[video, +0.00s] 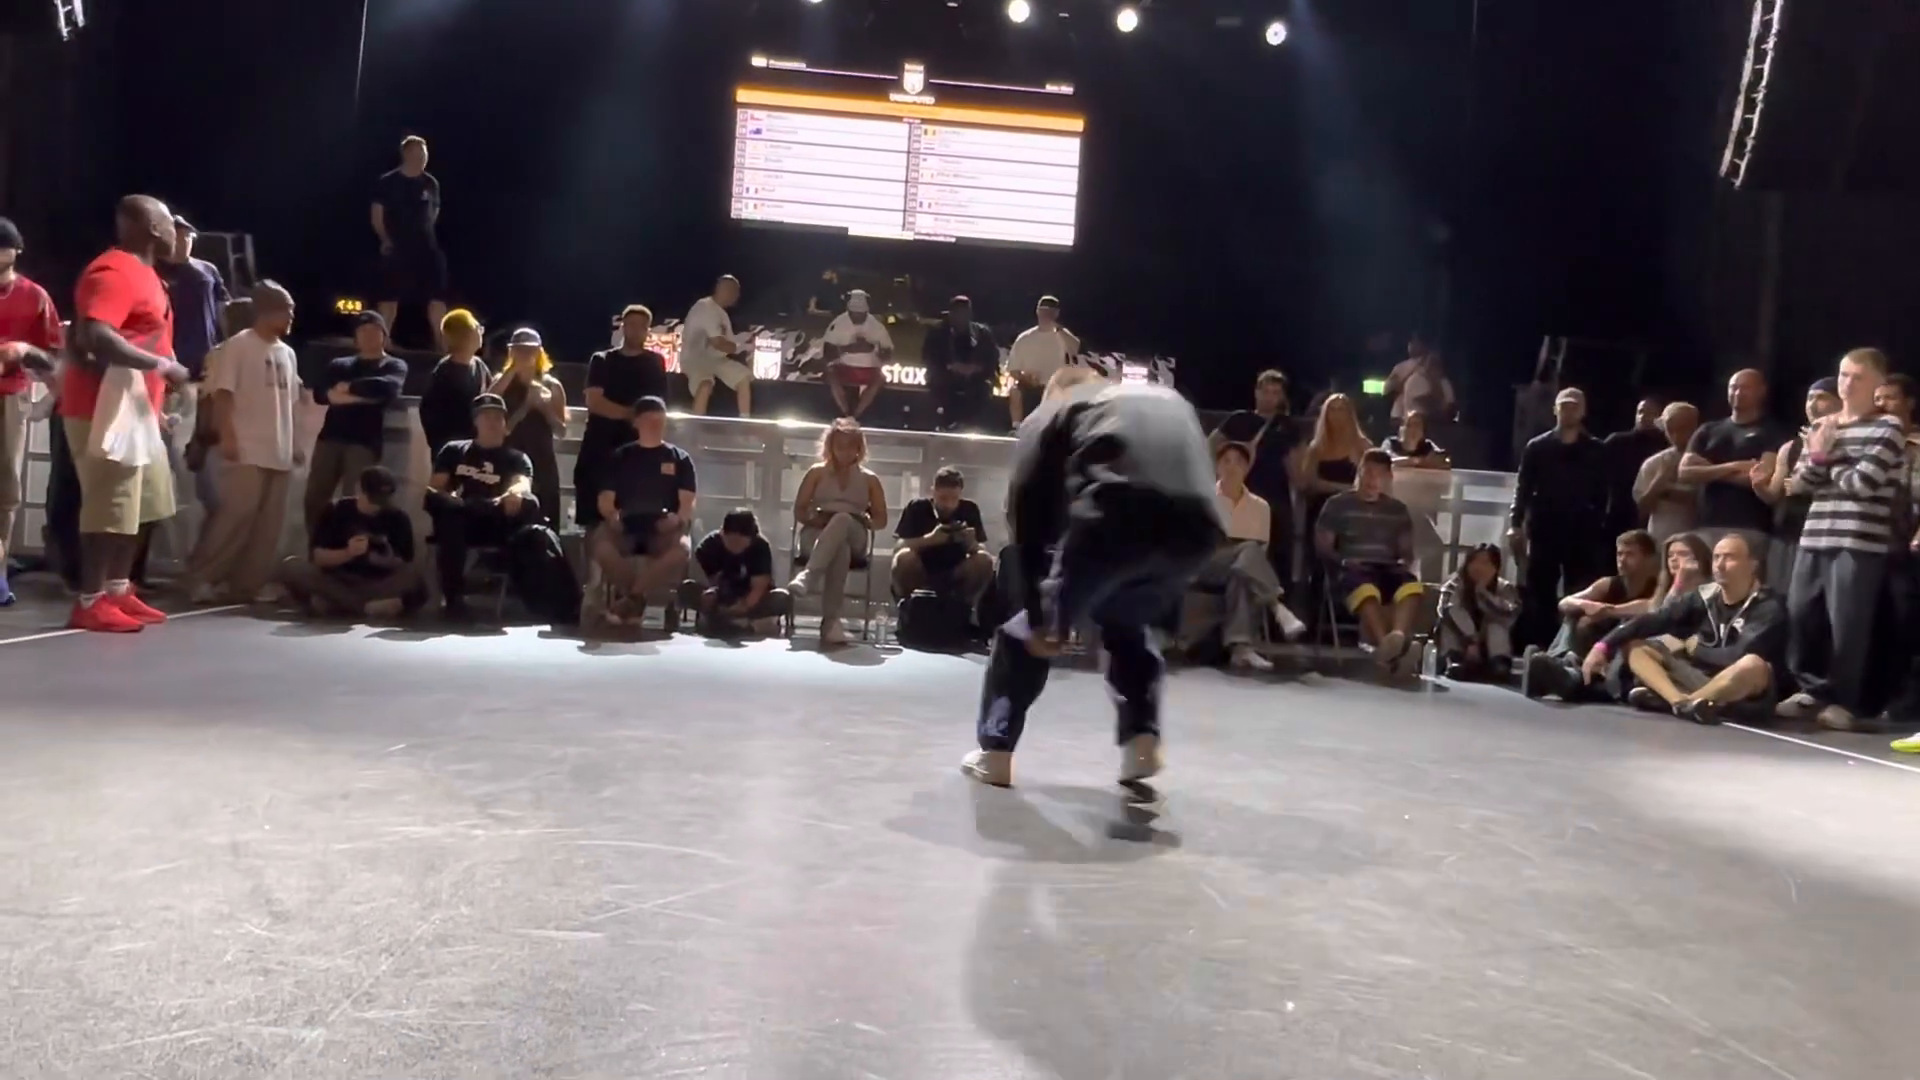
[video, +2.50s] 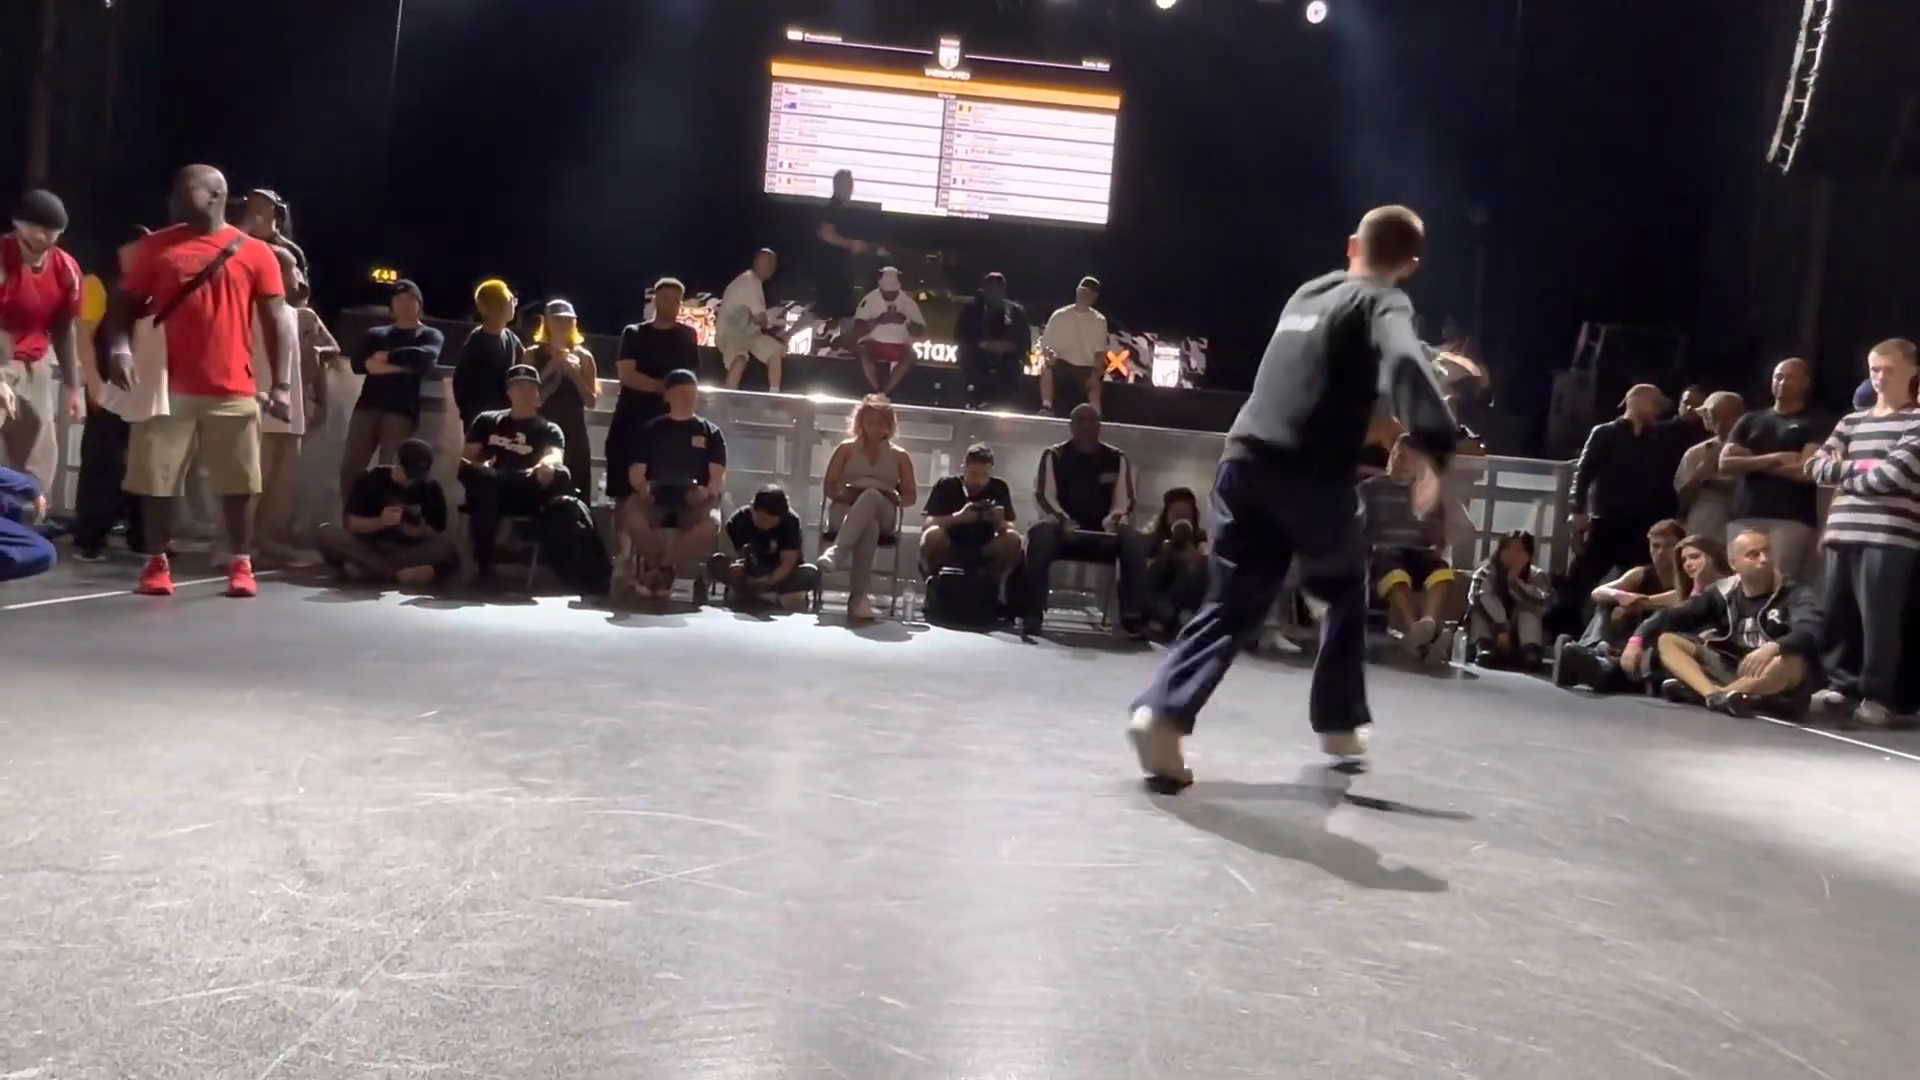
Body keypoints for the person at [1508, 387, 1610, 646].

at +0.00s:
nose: (1567, 411)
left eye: (1573, 406)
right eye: (1563, 405)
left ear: (1583, 412)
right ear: (1555, 410)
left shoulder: (1597, 450)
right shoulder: (1537, 447)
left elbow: (1603, 493)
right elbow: (1523, 489)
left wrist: (1599, 526)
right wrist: (1516, 524)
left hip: (1582, 532)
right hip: (1544, 531)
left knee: (1580, 598)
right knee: (1540, 597)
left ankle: (1578, 654)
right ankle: (1539, 652)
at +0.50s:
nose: (1575, 414)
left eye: (1582, 410)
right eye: (1572, 409)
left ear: (1595, 414)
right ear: (1566, 411)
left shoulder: (1610, 451)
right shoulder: (1550, 448)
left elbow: (1617, 494)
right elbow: (1536, 489)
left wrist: (1611, 526)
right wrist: (1529, 525)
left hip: (1594, 533)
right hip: (1556, 532)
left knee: (1593, 599)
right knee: (1550, 597)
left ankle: (1590, 656)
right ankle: (1548, 652)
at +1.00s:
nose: (1598, 414)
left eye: (1604, 410)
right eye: (1596, 409)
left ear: (1622, 413)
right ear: (1593, 410)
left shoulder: (1637, 450)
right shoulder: (1579, 445)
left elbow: (1642, 495)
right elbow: (1563, 487)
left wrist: (1634, 531)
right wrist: (1548, 521)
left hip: (1616, 533)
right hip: (1578, 532)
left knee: (1615, 597)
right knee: (1563, 592)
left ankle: (1612, 654)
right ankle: (1554, 647)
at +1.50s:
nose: (1633, 407)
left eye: (1635, 402)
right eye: (1627, 400)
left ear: (1636, 408)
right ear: (1609, 404)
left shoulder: (1637, 447)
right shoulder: (1578, 438)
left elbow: (1645, 492)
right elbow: (1556, 478)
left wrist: (1645, 530)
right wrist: (1544, 513)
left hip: (1619, 528)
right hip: (1579, 525)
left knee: (1621, 591)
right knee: (1554, 581)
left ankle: (1617, 650)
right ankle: (1559, 640)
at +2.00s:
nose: (1634, 409)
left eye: (1634, 404)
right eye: (1630, 403)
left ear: (1614, 406)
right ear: (1614, 404)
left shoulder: (1627, 445)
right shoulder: (1581, 435)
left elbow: (1632, 484)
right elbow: (1562, 473)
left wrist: (1631, 514)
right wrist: (1559, 510)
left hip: (1618, 522)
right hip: (1583, 521)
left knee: (1619, 586)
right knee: (1565, 583)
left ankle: (1618, 646)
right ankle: (1557, 637)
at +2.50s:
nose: (1658, 409)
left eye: (1658, 403)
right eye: (1653, 402)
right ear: (1637, 402)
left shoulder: (1663, 437)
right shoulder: (1604, 434)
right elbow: (1583, 473)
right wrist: (1578, 511)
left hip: (1648, 520)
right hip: (1608, 520)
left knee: (1643, 581)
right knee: (1583, 578)